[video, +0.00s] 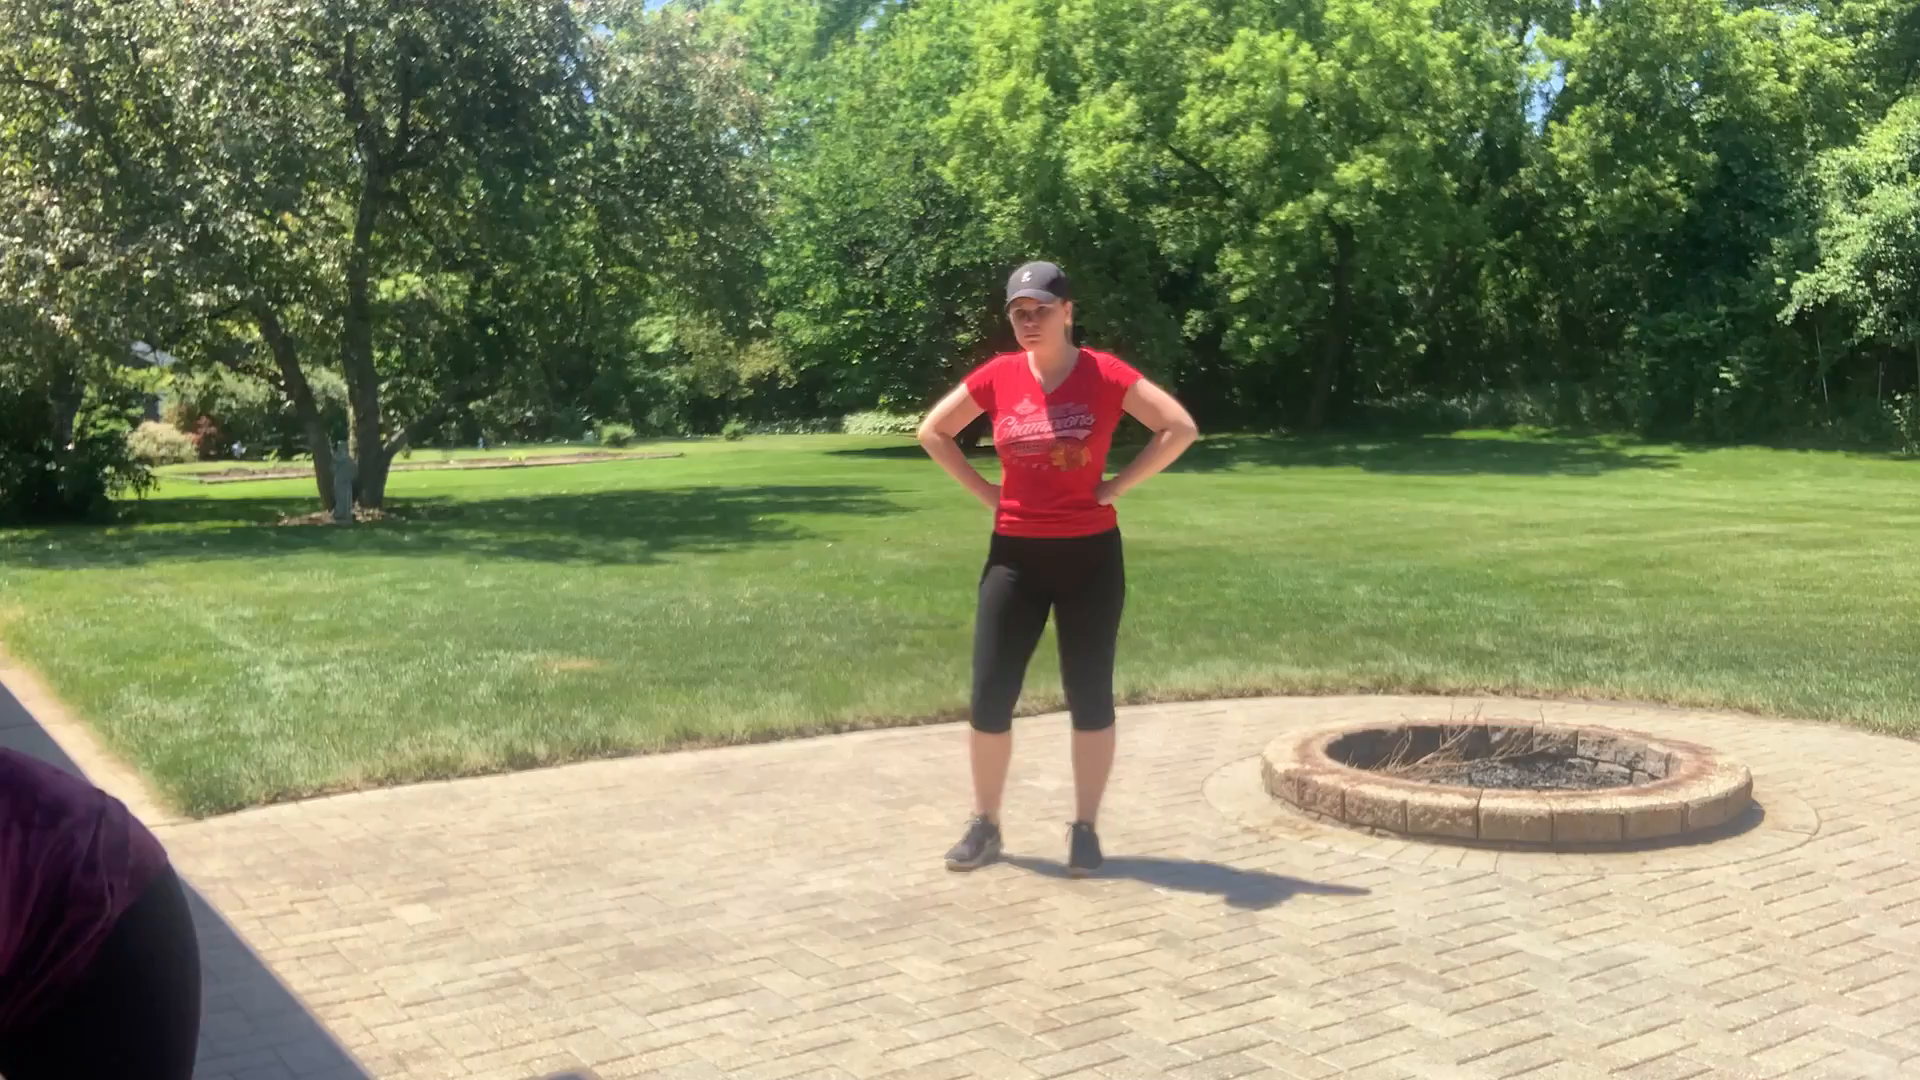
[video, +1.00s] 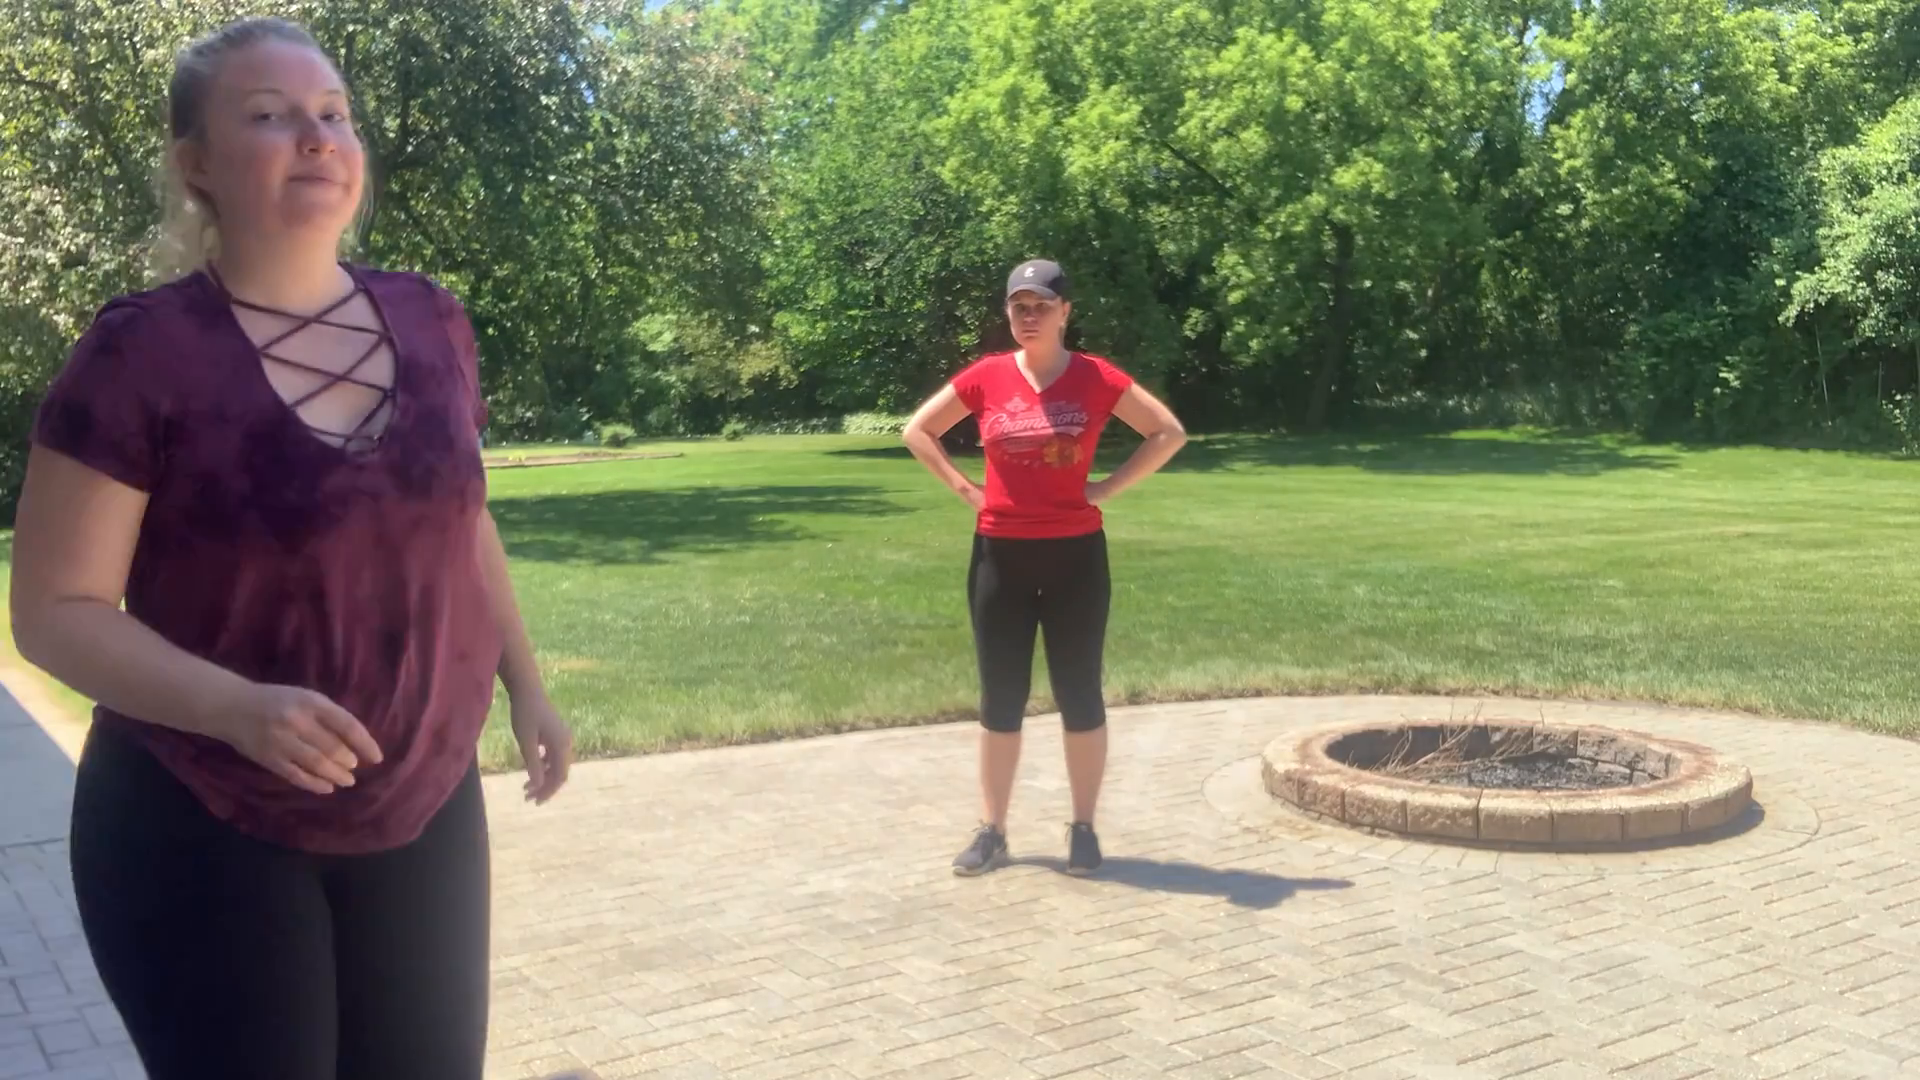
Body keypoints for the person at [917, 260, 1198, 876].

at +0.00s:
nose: (1027, 321)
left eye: (1037, 311)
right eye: (1018, 313)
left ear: (1066, 312)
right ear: (1008, 318)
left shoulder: (1104, 372)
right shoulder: (998, 376)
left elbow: (1181, 427)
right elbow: (932, 433)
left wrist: (1118, 486)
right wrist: (988, 493)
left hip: (1089, 554)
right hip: (1014, 553)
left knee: (1089, 695)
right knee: (989, 692)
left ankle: (1085, 828)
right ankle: (985, 823)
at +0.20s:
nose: (1036, 321)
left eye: (1047, 310)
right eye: (1026, 312)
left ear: (1074, 310)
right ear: (1016, 316)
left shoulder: (1108, 373)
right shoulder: (1002, 376)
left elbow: (1186, 430)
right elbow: (934, 432)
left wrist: (1121, 487)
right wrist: (984, 490)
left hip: (1089, 553)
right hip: (1015, 552)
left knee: (1088, 696)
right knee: (1004, 696)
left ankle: (1085, 826)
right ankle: (994, 829)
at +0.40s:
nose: (1037, 320)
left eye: (1049, 309)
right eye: (1028, 311)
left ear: (1074, 311)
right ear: (1018, 316)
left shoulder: (1107, 374)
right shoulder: (1000, 377)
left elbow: (1184, 432)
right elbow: (929, 432)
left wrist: (1123, 488)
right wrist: (980, 489)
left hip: (1087, 551)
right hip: (1013, 550)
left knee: (1086, 696)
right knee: (1005, 697)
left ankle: (1084, 827)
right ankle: (993, 828)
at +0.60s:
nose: (1034, 316)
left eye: (1046, 306)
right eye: (1025, 307)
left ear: (1071, 310)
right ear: (1014, 314)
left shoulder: (1102, 374)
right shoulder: (995, 376)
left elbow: (1179, 431)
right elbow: (922, 433)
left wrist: (1117, 488)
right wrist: (975, 489)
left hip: (1082, 552)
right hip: (1008, 552)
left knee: (1084, 696)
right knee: (1003, 697)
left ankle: (1084, 826)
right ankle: (992, 828)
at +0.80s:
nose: (1029, 316)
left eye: (1041, 305)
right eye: (1020, 307)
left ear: (1066, 309)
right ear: (1009, 314)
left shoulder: (1096, 375)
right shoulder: (990, 375)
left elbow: (1174, 432)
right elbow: (918, 433)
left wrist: (1113, 487)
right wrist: (970, 488)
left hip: (1077, 552)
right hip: (1003, 552)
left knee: (1081, 695)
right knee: (1002, 697)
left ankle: (1084, 827)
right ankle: (992, 830)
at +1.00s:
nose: (1026, 315)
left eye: (1038, 305)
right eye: (1017, 306)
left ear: (1063, 310)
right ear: (1007, 313)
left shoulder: (1094, 375)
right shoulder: (988, 375)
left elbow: (1171, 433)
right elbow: (916, 432)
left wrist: (1107, 488)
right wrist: (967, 488)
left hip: (1074, 552)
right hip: (1000, 552)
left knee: (1079, 695)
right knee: (1000, 698)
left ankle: (1083, 827)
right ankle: (992, 830)